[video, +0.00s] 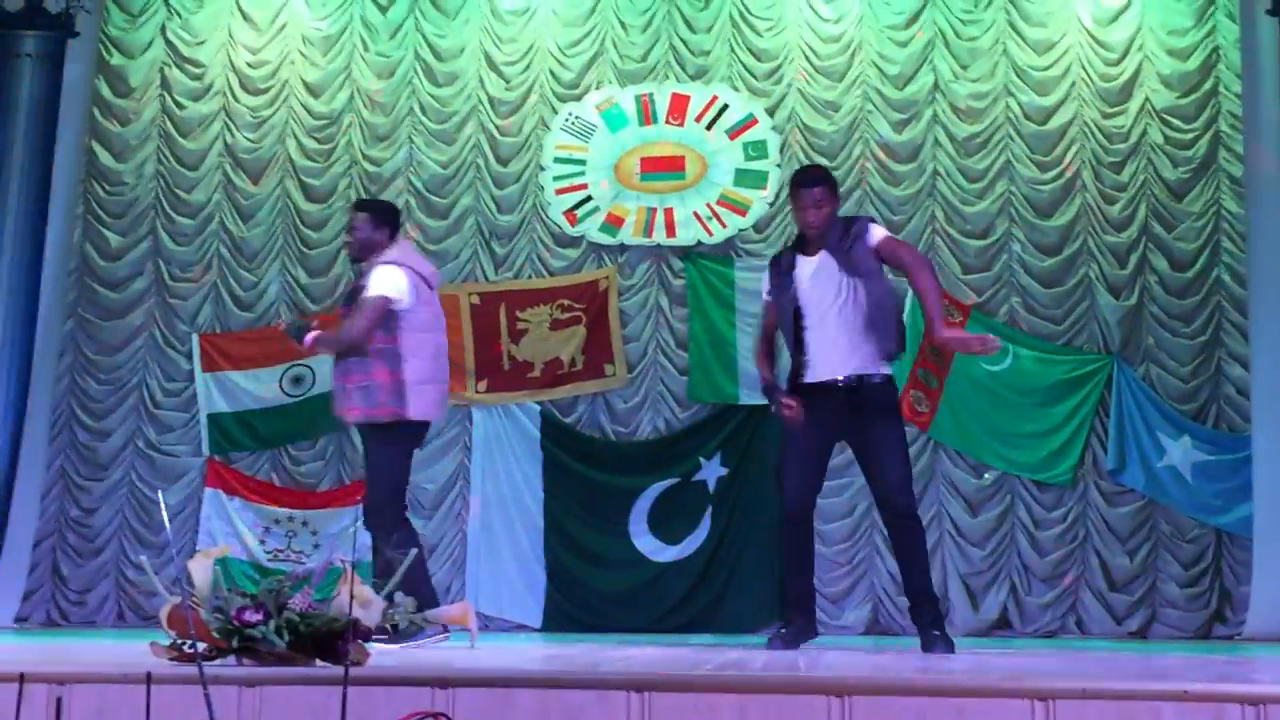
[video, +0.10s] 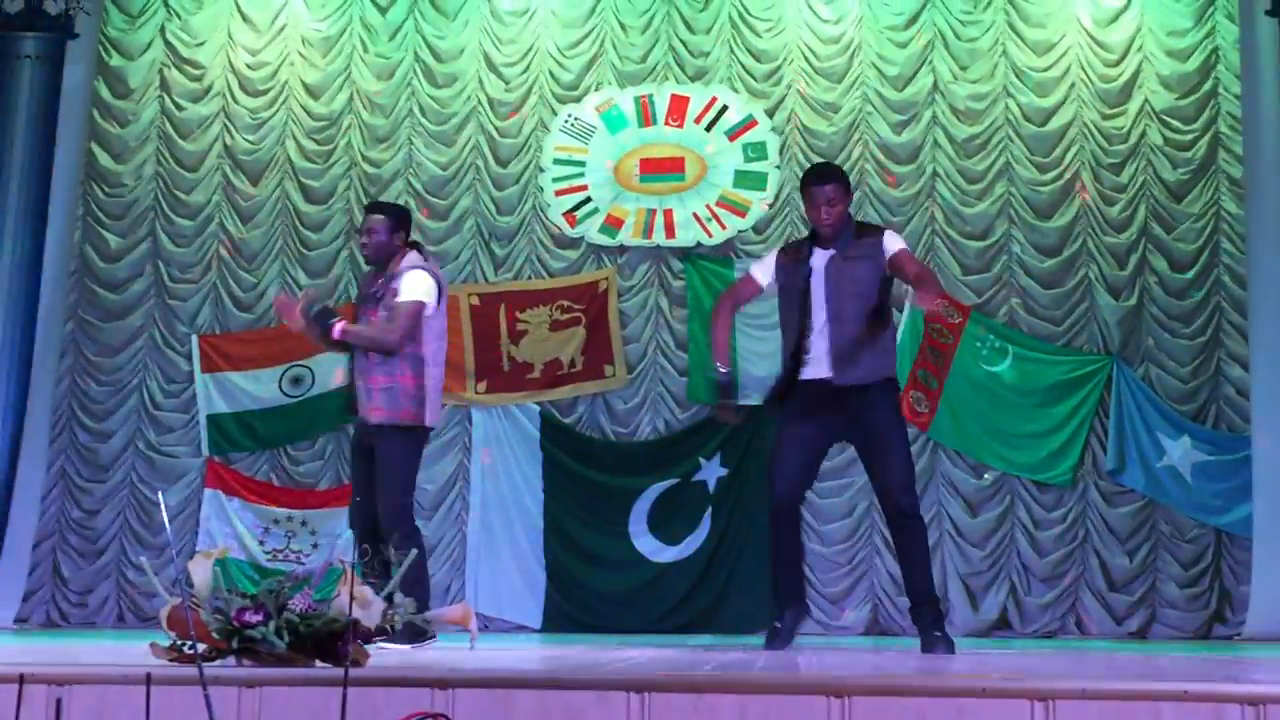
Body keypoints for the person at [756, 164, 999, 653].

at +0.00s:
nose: (814, 212)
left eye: (822, 203)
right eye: (805, 205)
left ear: (835, 204)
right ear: (793, 209)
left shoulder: (860, 235)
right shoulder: (783, 267)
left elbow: (916, 263)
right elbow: (767, 338)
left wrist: (938, 327)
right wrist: (774, 390)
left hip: (872, 396)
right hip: (811, 400)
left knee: (899, 506)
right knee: (795, 506)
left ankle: (929, 625)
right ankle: (799, 621)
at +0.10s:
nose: (826, 213)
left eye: (834, 203)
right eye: (817, 205)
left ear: (849, 202)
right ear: (805, 208)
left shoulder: (879, 243)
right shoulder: (784, 260)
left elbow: (919, 274)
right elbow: (724, 305)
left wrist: (930, 296)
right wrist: (725, 380)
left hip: (871, 393)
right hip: (808, 397)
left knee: (901, 504)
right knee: (782, 498)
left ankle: (929, 622)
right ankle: (790, 608)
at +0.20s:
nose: (823, 213)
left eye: (831, 203)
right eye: (814, 205)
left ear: (846, 201)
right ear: (801, 205)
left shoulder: (876, 235)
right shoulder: (785, 246)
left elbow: (912, 272)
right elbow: (732, 283)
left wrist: (875, 279)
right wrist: (702, 319)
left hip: (866, 395)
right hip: (802, 396)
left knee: (893, 504)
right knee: (766, 491)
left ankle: (921, 622)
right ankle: (758, 610)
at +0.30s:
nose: (809, 217)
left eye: (817, 207)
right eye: (800, 208)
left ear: (832, 204)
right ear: (788, 208)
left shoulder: (863, 243)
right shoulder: (772, 249)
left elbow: (881, 309)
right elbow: (742, 310)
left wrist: (837, 290)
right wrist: (758, 296)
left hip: (849, 394)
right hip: (788, 396)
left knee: (884, 502)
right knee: (756, 502)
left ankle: (916, 619)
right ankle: (723, 621)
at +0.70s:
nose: (841, 254)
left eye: (850, 245)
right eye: (833, 245)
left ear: (862, 246)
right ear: (818, 246)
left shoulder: (889, 289)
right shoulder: (794, 294)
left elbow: (905, 365)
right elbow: (776, 368)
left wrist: (857, 328)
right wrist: (824, 329)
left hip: (875, 435)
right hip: (812, 437)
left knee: (906, 541)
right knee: (784, 539)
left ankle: (942, 659)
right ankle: (752, 660)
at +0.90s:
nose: (847, 263)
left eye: (856, 255)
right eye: (838, 255)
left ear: (869, 256)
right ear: (824, 256)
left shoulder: (895, 298)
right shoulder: (801, 307)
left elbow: (924, 365)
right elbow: (787, 383)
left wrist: (890, 376)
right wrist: (812, 371)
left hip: (882, 448)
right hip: (822, 450)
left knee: (914, 554)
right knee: (791, 555)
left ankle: (951, 674)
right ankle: (762, 675)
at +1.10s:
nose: (850, 274)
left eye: (859, 265)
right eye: (841, 265)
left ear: (871, 267)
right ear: (825, 267)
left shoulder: (900, 311)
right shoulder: (801, 319)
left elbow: (934, 374)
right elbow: (776, 400)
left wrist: (945, 423)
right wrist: (786, 418)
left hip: (885, 457)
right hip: (821, 459)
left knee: (919, 565)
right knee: (791, 564)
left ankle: (951, 683)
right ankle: (761, 684)